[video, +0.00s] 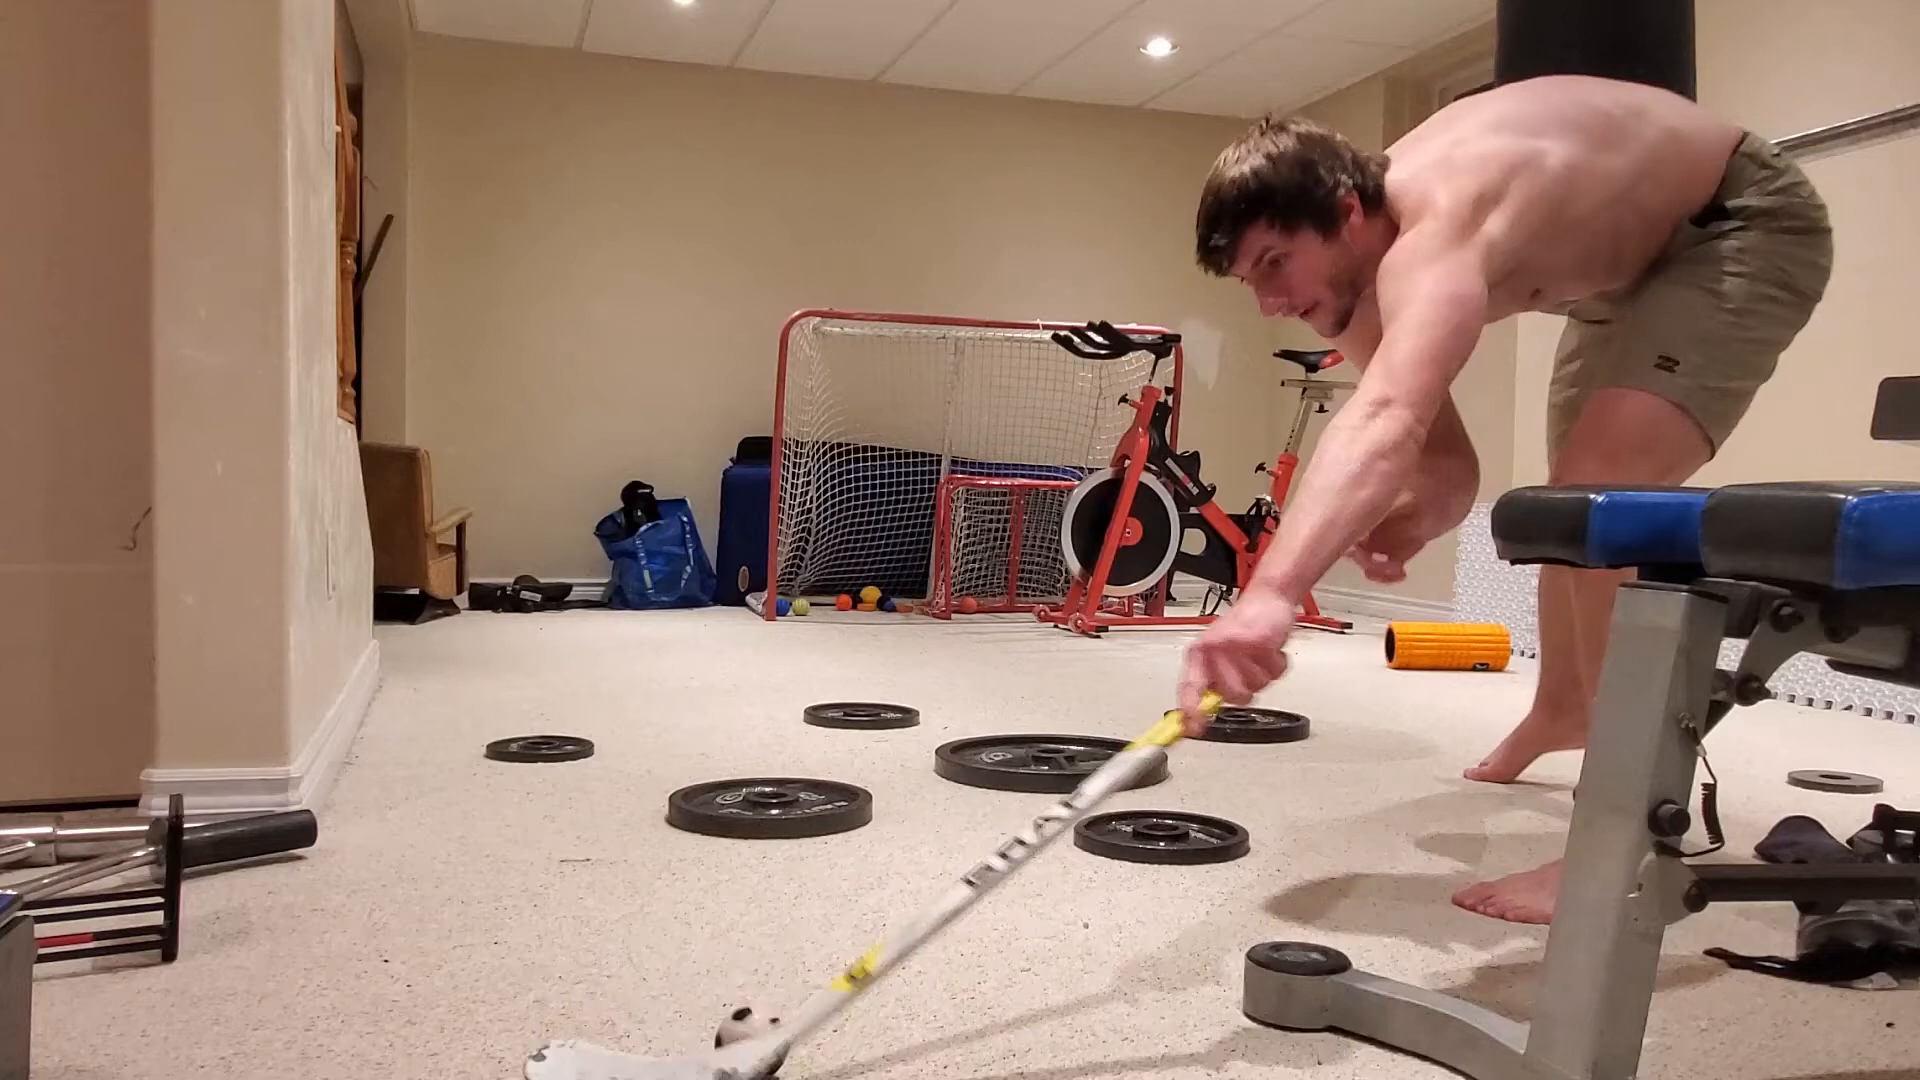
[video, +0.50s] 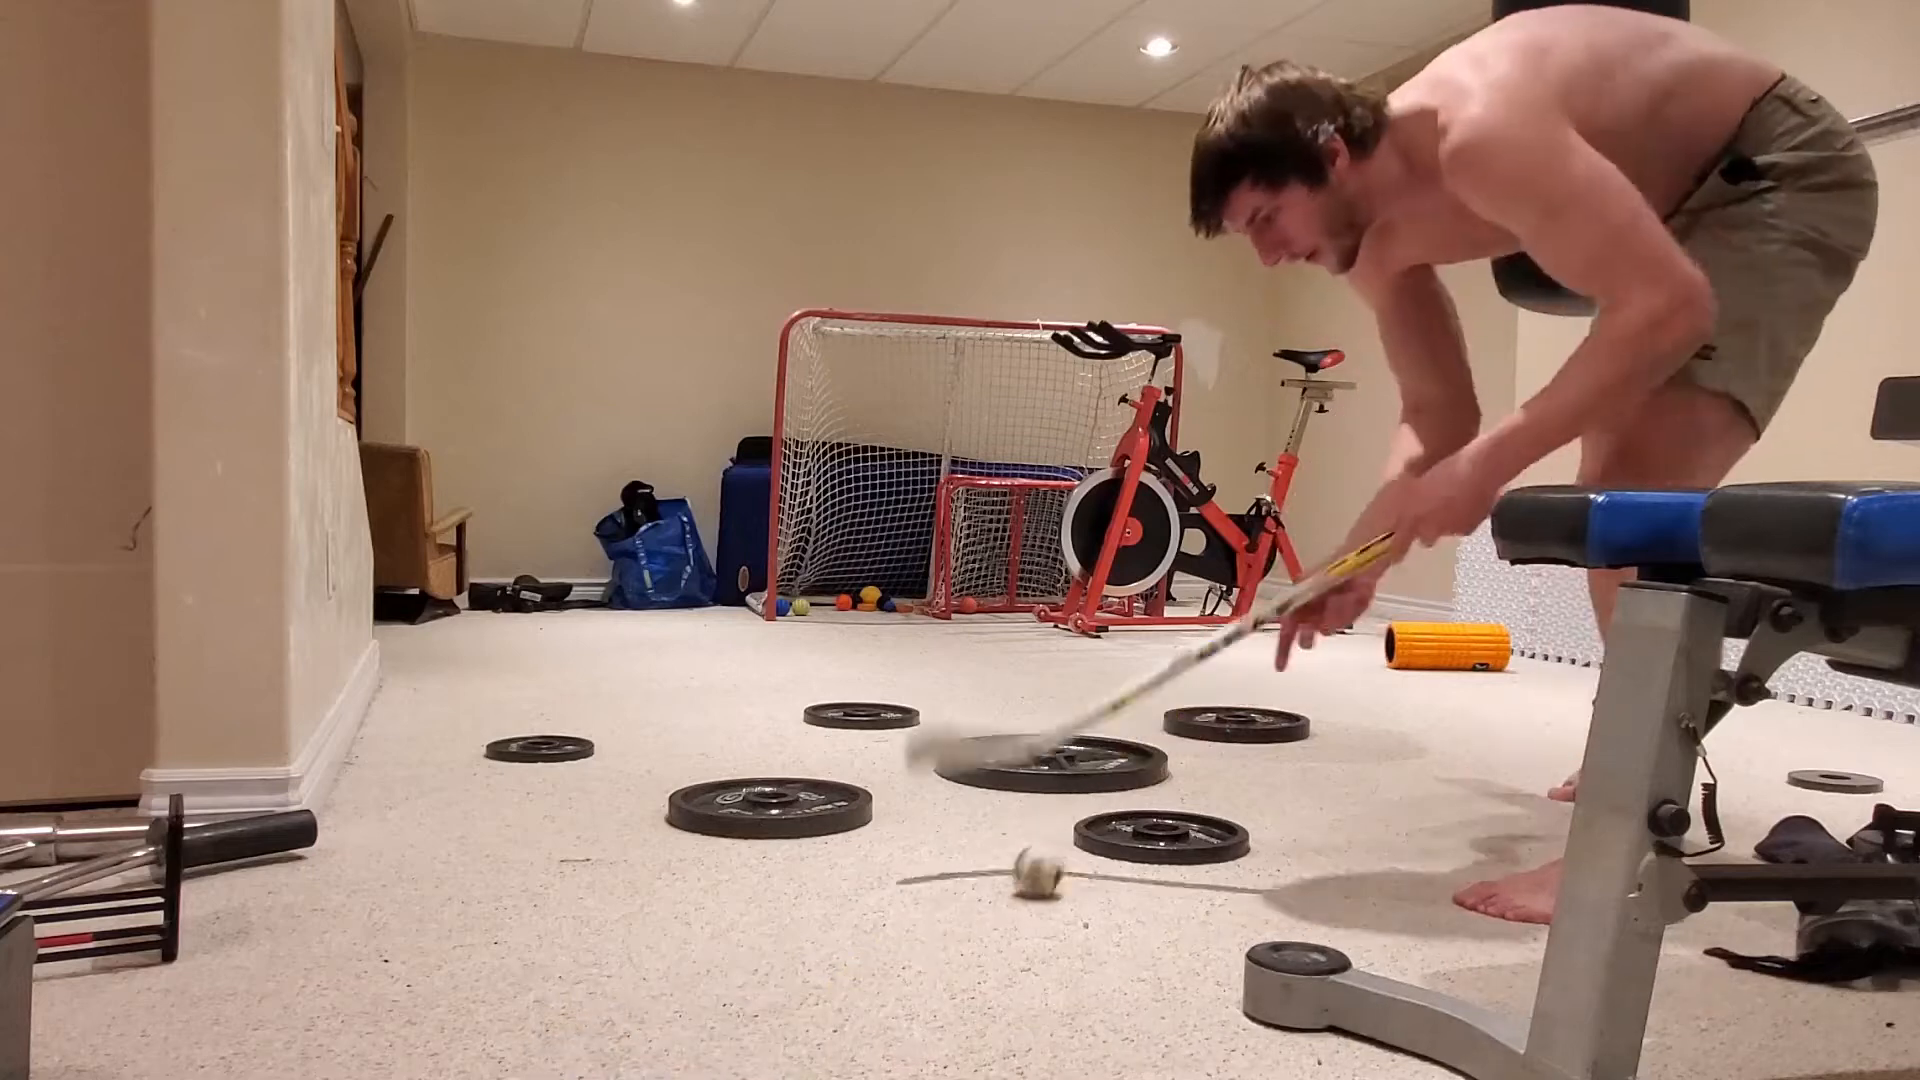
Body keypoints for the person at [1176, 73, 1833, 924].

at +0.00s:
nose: (1270, 303)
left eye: (1275, 264)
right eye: (1252, 284)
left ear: (1350, 214)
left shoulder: (1436, 246)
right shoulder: (1356, 289)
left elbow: (1388, 422)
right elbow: (1447, 460)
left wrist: (1270, 594)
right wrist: (1410, 522)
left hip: (1738, 217)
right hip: (1616, 270)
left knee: (1604, 486)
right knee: (1564, 494)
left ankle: (1620, 840)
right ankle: (1564, 710)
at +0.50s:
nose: (1268, 255)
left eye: (1266, 220)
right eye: (1249, 239)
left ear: (1327, 153)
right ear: (1328, 162)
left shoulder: (1485, 135)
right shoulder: (1375, 240)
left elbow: (1667, 306)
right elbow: (1434, 415)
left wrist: (1486, 466)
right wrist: (1359, 561)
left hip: (1775, 167)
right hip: (1666, 210)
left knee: (1638, 504)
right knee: (1610, 495)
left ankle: (1626, 845)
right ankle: (1643, 752)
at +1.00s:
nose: (1280, 265)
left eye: (1272, 232)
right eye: (1262, 253)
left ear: (1324, 170)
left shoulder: (1454, 133)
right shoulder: (1404, 265)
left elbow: (1715, 108)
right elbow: (1553, 393)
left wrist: (1676, 329)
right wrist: (1550, 526)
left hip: (1784, 183)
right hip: (1688, 245)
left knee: (1690, 481)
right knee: (1656, 480)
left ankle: (1646, 835)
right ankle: (1666, 768)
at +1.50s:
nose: (1345, 380)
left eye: (1326, 361)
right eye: (1326, 372)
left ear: (1345, 311)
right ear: (1353, 312)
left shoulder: (1419, 257)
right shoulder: (1482, 345)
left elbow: (1544, 359)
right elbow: (1528, 490)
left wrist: (1515, 534)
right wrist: (1441, 616)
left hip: (1777, 219)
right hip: (1749, 236)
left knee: (1635, 521)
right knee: (1642, 515)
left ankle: (1632, 841)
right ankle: (1677, 771)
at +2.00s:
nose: (1309, 355)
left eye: (1295, 333)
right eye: (1293, 345)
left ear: (1322, 280)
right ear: (1331, 276)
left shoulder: (1399, 240)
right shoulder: (1428, 251)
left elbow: (1527, 354)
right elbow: (1520, 456)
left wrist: (1504, 560)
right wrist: (1487, 603)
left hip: (1753, 228)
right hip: (1727, 242)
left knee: (1588, 510)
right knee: (1627, 516)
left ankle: (1596, 834)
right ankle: (1672, 766)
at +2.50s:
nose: (1217, 300)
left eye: (1213, 270)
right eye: (1201, 284)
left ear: (1268, 219)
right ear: (1266, 226)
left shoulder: (1394, 193)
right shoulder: (1338, 290)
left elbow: (1575, 321)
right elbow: (1345, 463)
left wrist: (1429, 476)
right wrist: (1233, 577)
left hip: (1740, 193)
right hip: (1657, 238)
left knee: (1578, 496)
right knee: (1628, 508)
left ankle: (1595, 835)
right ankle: (1670, 760)